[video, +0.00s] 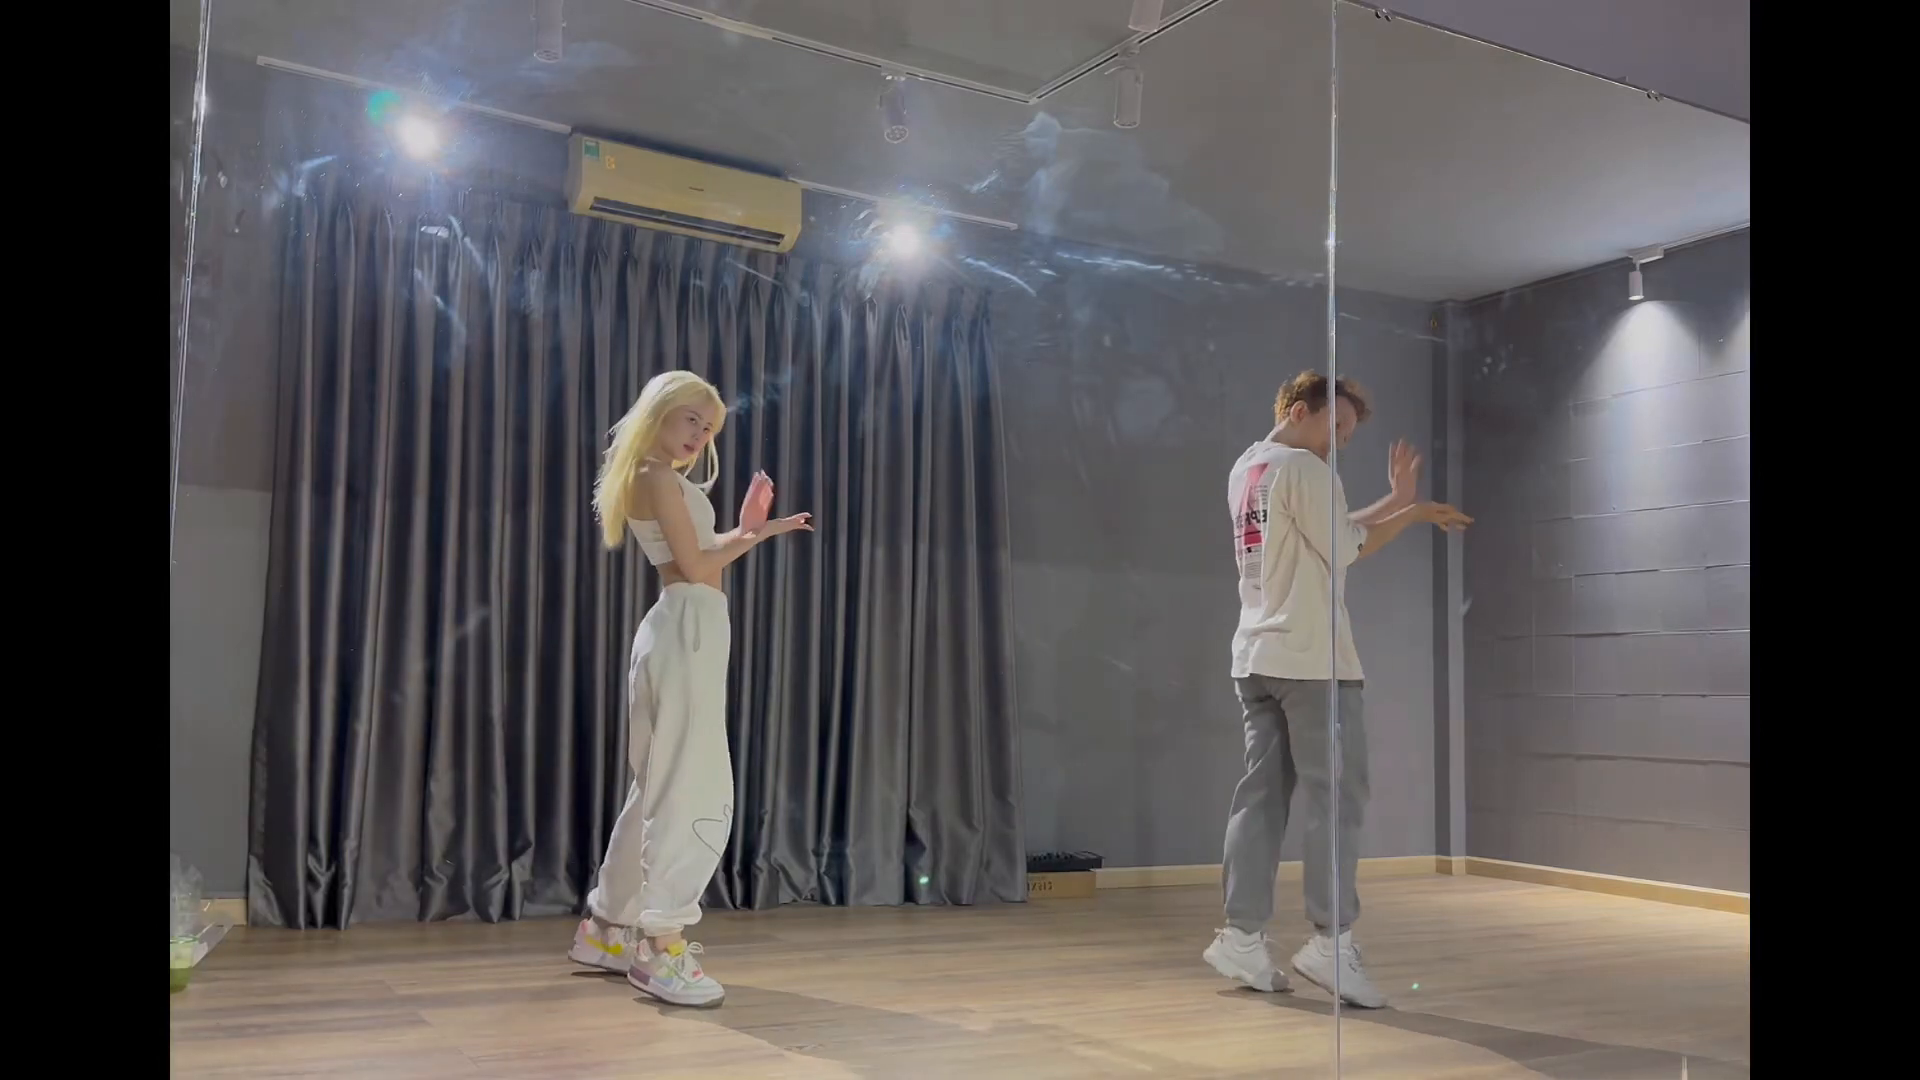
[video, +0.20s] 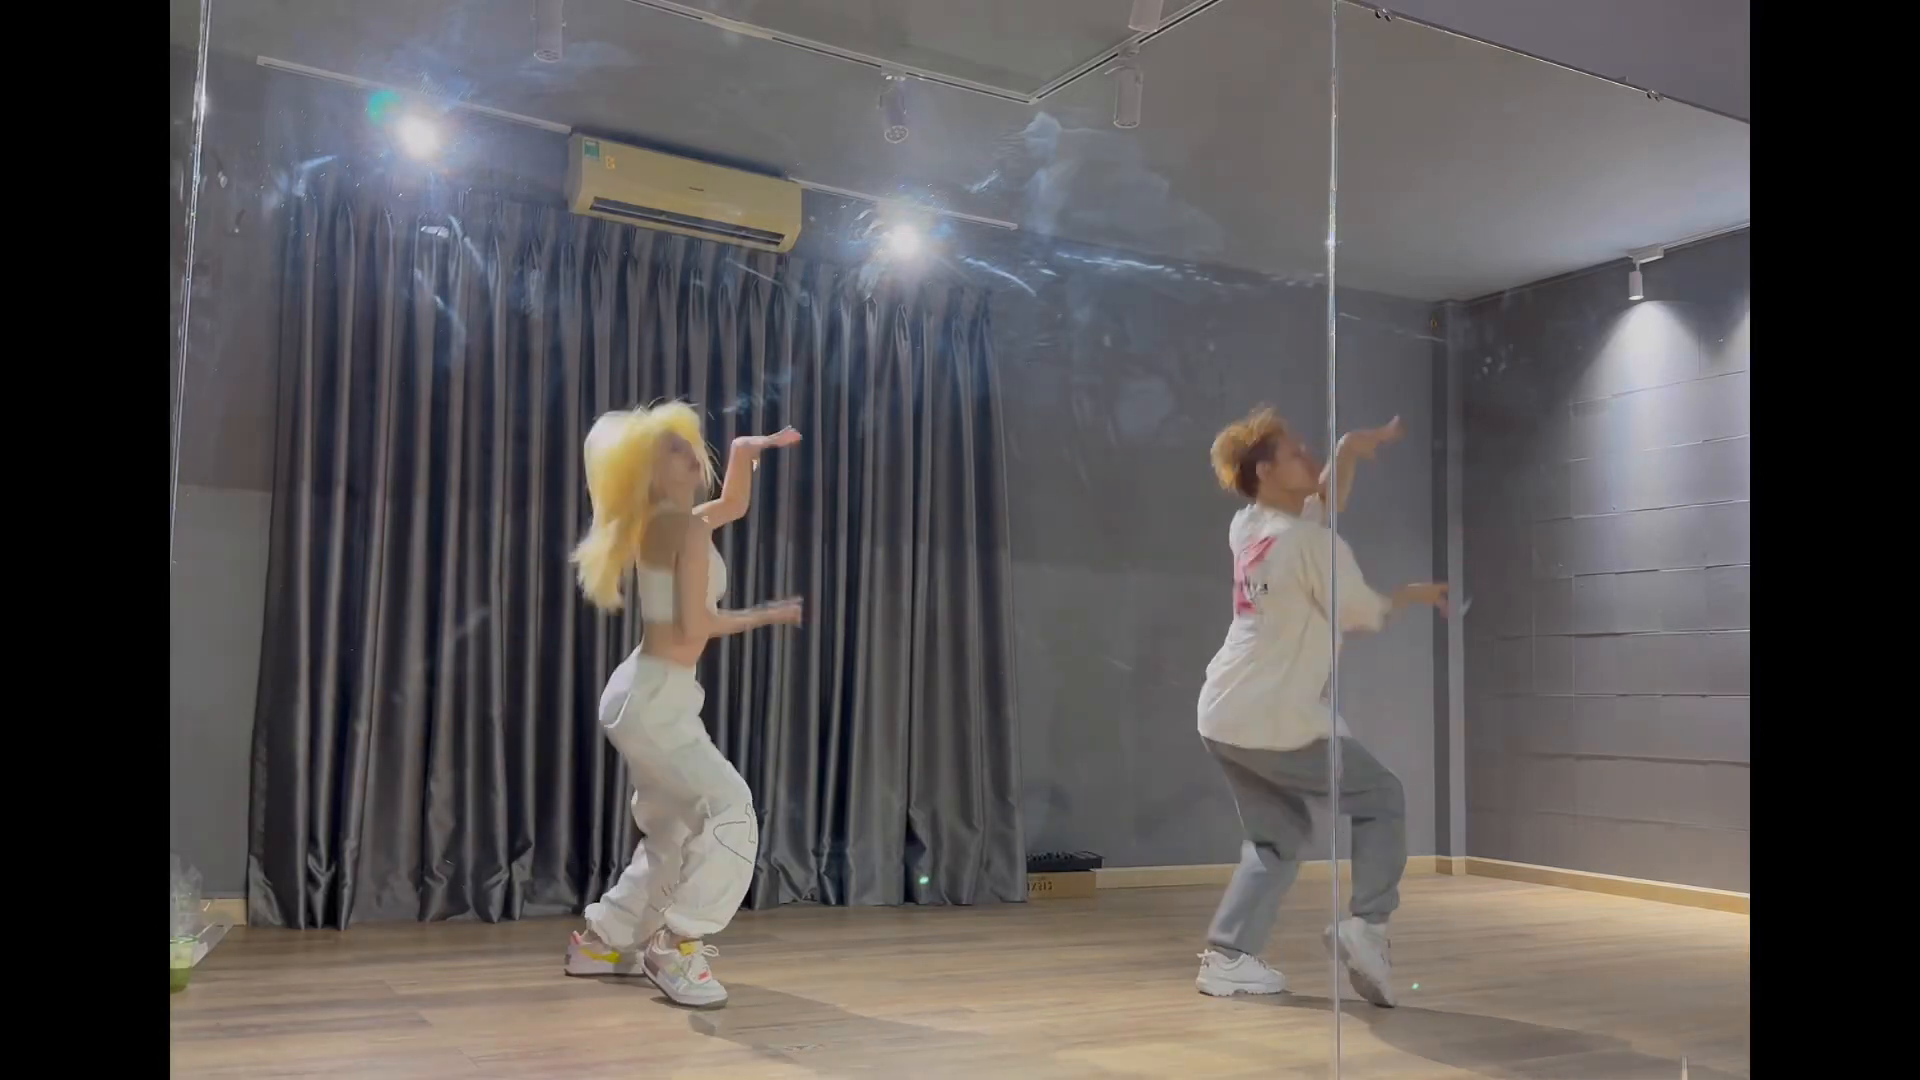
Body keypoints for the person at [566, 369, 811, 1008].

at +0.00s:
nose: (700, 434)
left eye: (708, 428)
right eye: (692, 419)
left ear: (704, 434)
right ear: (659, 415)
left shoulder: (656, 480)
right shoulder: (660, 479)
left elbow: (695, 563)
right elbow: (694, 566)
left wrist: (744, 530)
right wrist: (759, 534)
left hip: (669, 636)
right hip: (686, 639)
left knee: (657, 789)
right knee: (692, 792)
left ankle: (603, 929)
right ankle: (663, 948)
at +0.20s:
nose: (693, 457)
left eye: (691, 447)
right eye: (675, 450)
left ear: (695, 461)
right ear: (649, 473)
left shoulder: (657, 520)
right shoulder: (683, 527)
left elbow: (732, 503)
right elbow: (698, 625)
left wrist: (743, 449)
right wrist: (769, 615)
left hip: (634, 698)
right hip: (658, 705)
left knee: (674, 833)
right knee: (734, 812)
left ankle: (605, 939)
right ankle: (678, 946)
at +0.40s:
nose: (694, 480)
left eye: (692, 471)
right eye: (676, 473)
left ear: (693, 488)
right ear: (647, 497)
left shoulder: (648, 545)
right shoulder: (687, 550)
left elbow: (719, 526)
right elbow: (689, 651)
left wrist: (742, 473)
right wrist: (755, 643)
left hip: (624, 716)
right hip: (651, 722)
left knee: (687, 845)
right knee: (733, 807)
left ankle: (604, 939)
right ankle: (677, 947)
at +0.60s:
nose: (680, 474)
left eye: (686, 467)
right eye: (667, 462)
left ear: (685, 477)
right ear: (634, 469)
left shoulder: (630, 527)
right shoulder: (649, 531)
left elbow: (705, 531)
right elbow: (691, 614)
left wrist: (726, 534)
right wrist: (746, 610)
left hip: (644, 697)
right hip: (661, 701)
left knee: (676, 835)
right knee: (735, 818)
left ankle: (605, 941)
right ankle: (617, 924)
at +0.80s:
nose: (686, 476)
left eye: (695, 468)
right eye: (676, 461)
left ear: (699, 475)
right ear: (644, 459)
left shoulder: (659, 523)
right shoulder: (633, 509)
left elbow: (646, 608)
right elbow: (666, 578)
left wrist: (723, 607)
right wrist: (708, 523)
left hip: (698, 682)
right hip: (672, 683)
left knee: (755, 811)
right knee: (668, 828)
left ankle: (664, 903)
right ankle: (577, 948)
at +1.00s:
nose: (744, 438)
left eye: (743, 430)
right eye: (729, 437)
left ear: (759, 443)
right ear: (712, 464)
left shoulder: (716, 501)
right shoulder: (741, 494)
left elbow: (691, 601)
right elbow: (831, 528)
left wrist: (742, 601)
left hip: (692, 672)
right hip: (669, 669)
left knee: (752, 808)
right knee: (639, 816)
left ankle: (788, 933)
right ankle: (574, 947)